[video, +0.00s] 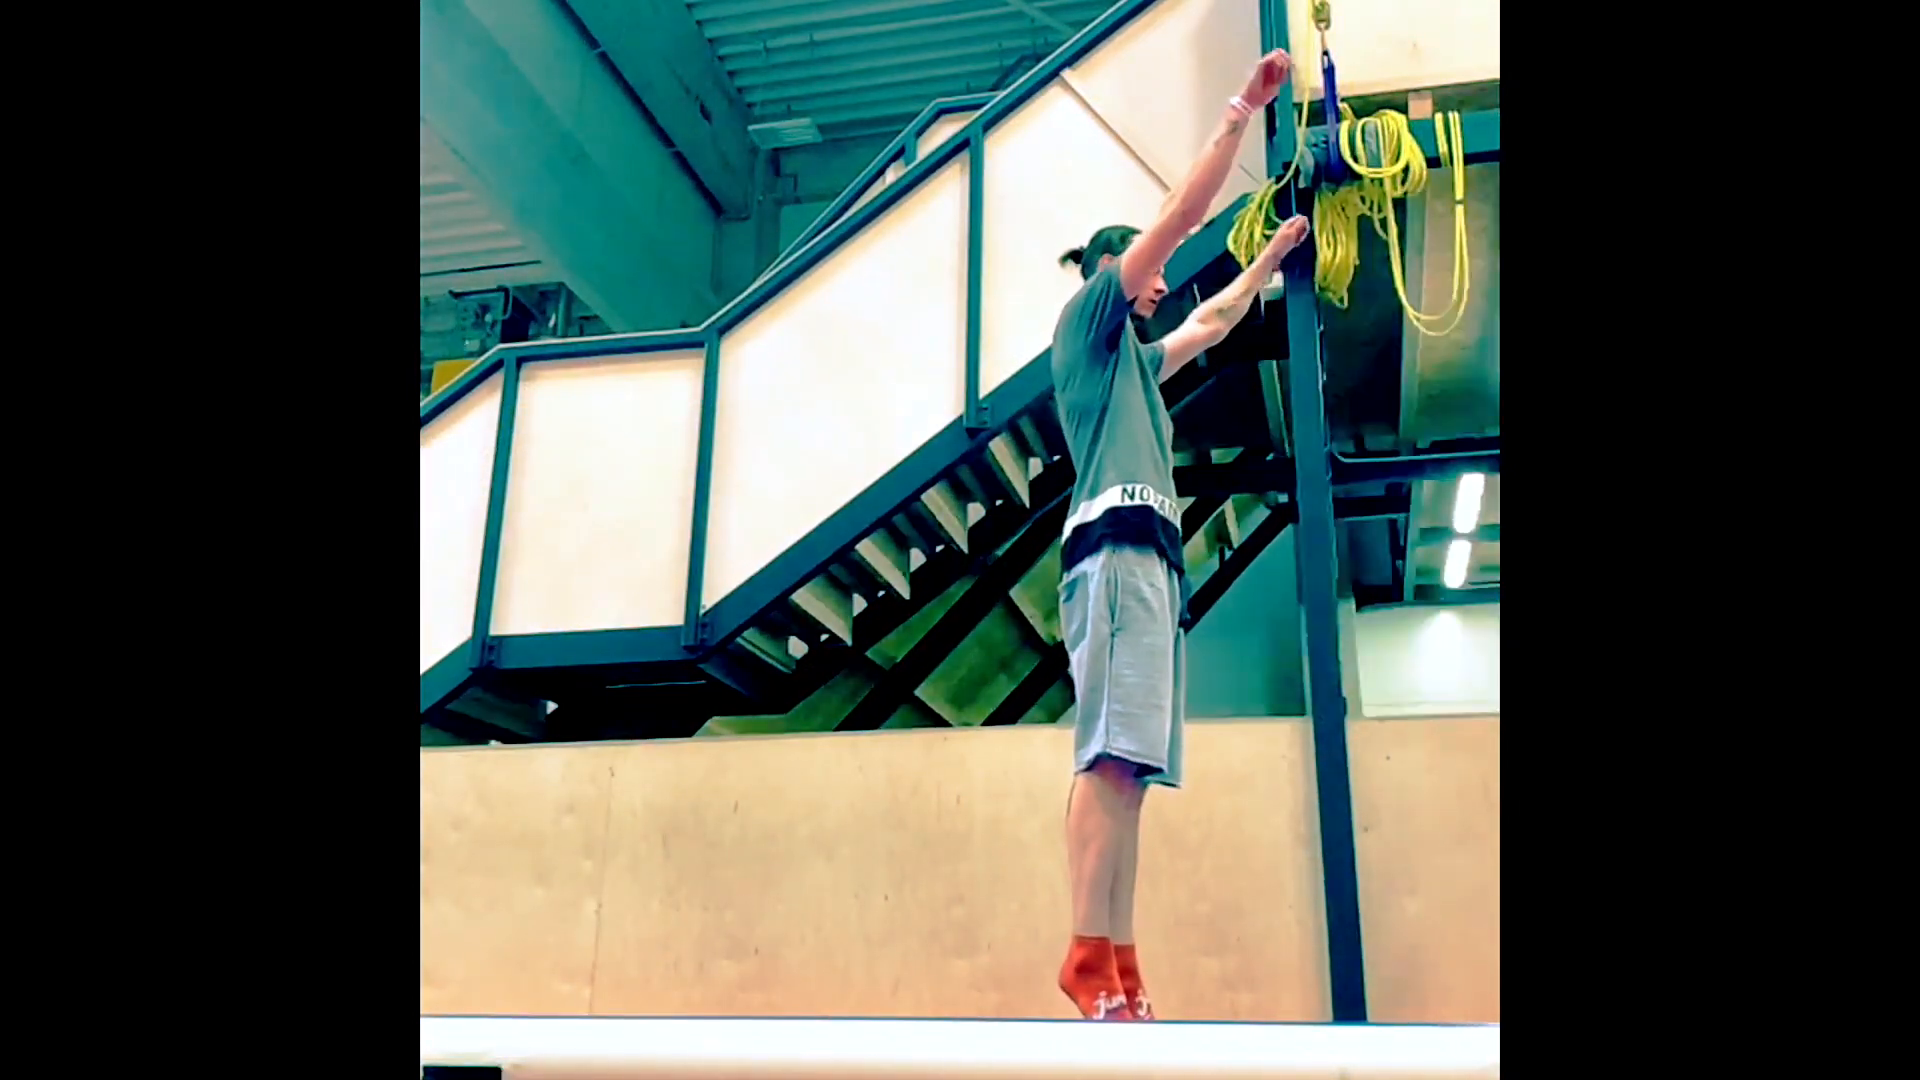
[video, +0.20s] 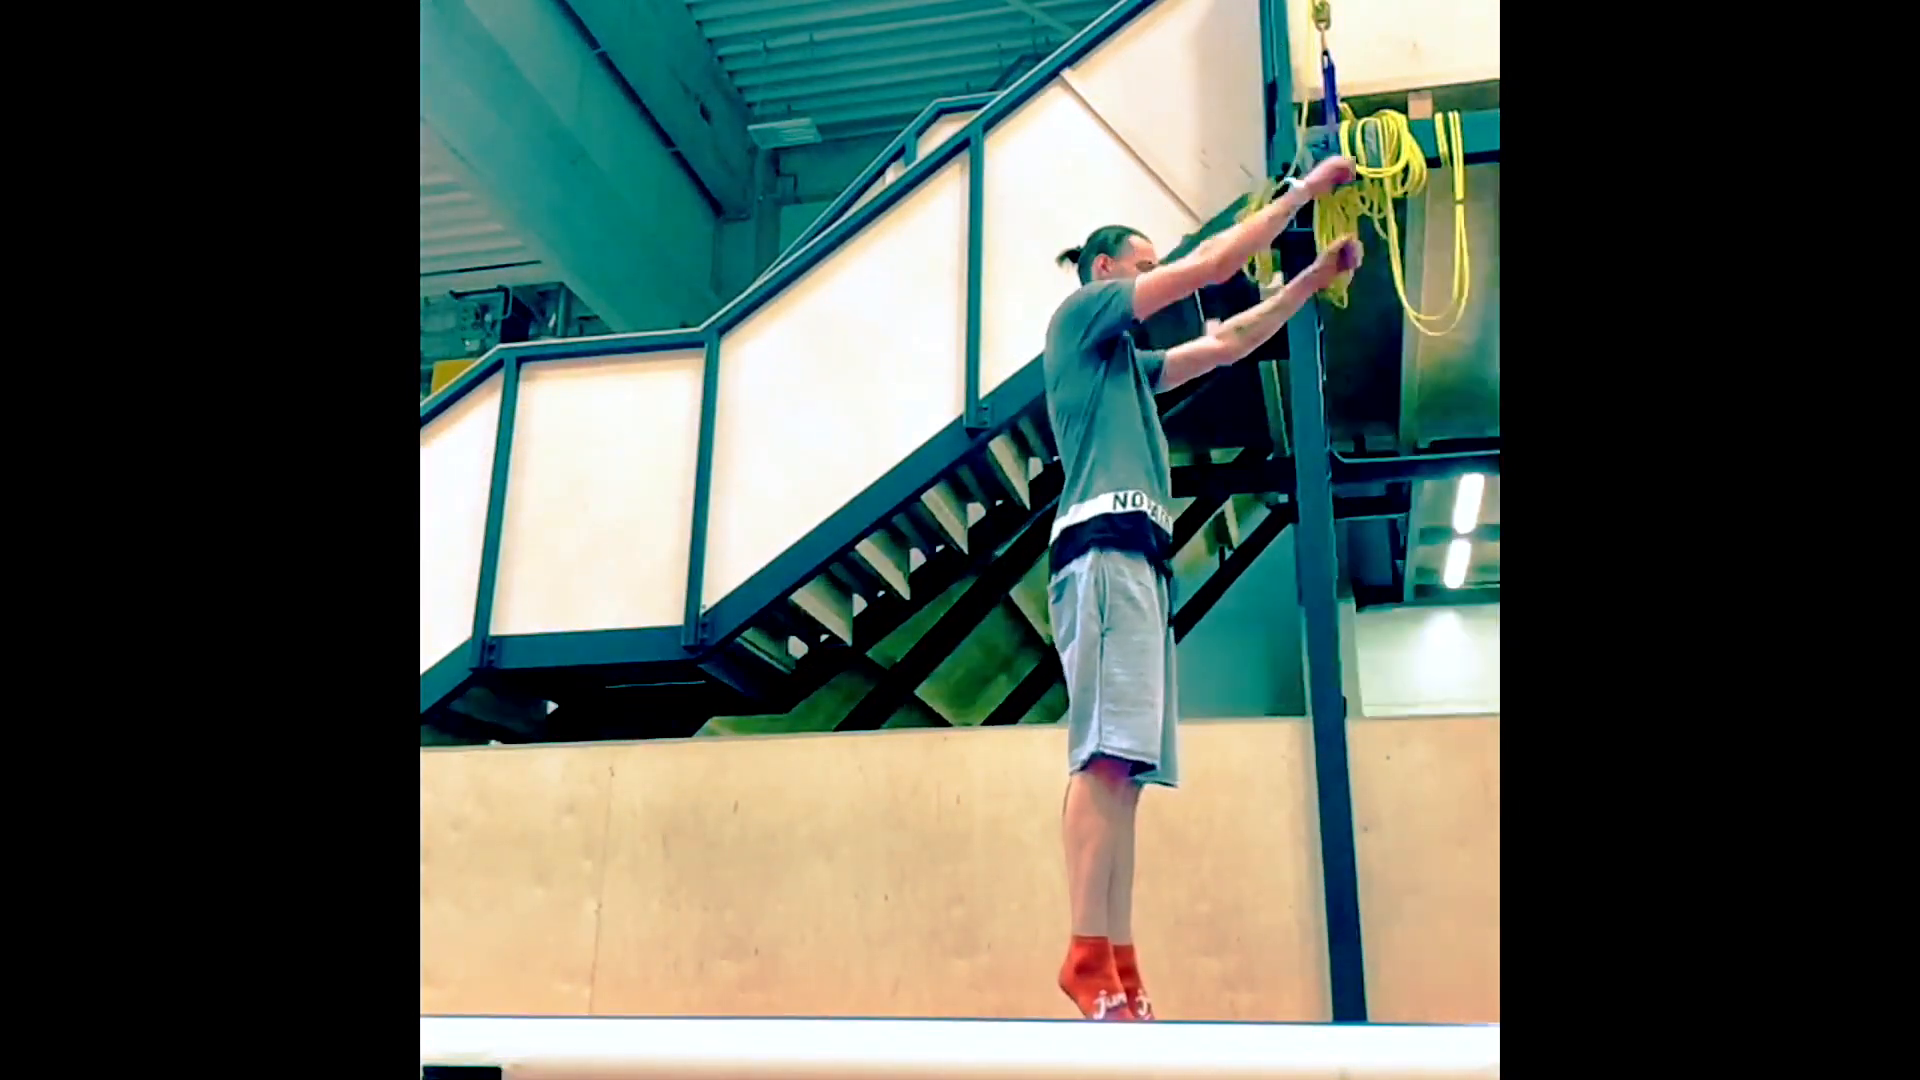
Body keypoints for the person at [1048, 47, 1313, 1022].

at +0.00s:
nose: (1148, 277)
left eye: (1147, 270)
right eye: (1135, 263)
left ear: (1124, 283)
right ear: (1102, 266)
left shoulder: (1131, 359)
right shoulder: (1089, 318)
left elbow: (1210, 323)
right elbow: (1179, 215)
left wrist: (1266, 261)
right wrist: (1242, 109)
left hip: (1145, 560)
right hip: (1118, 550)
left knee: (1130, 765)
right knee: (1112, 759)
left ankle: (1118, 963)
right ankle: (1086, 958)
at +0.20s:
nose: (1154, 270)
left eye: (1153, 260)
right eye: (1142, 258)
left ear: (1125, 274)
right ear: (1101, 265)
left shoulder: (1124, 362)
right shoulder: (1077, 312)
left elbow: (1229, 340)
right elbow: (1207, 264)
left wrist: (1322, 272)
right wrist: (1300, 190)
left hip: (1136, 561)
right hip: (1102, 552)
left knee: (1125, 768)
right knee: (1106, 758)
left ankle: (1118, 968)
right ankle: (1086, 961)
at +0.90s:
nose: (1126, 449)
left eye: (1125, 438)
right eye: (1113, 434)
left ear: (1083, 445)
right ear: (1068, 440)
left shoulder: (1080, 538)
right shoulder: (1030, 514)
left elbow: (1130, 652)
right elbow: (1113, 621)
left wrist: (1223, 708)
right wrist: (1217, 681)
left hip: (1044, 727)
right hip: (1003, 726)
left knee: (1200, 839)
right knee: (1169, 832)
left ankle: (1102, 1004)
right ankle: (1077, 1003)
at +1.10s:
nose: (1008, 365)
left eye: (1002, 361)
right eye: (992, 365)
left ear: (1007, 389)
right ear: (973, 393)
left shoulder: (1035, 450)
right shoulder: (986, 432)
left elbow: (1110, 381)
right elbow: (1075, 329)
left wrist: (1133, 281)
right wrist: (1106, 254)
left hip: (1045, 679)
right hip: (1007, 677)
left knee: (1182, 823)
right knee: (1141, 813)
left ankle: (1103, 1000)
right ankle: (1075, 1000)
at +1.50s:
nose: (944, 321)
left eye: (937, 321)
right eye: (931, 322)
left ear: (928, 353)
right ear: (921, 343)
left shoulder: (990, 387)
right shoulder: (945, 376)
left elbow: (1000, 327)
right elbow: (936, 238)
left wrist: (1000, 246)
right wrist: (918, 166)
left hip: (1077, 593)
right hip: (1039, 591)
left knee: (1166, 784)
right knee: (1111, 771)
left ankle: (1118, 971)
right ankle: (1083, 971)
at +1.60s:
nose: (932, 320)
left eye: (926, 320)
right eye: (917, 322)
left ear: (919, 347)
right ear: (907, 340)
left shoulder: (984, 382)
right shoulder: (932, 369)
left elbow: (980, 324)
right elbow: (914, 242)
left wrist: (985, 249)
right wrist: (892, 180)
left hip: (1090, 572)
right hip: (1048, 566)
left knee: (1163, 771)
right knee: (1104, 759)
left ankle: (1124, 958)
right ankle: (1089, 958)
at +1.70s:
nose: (934, 308)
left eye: (933, 305)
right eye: (918, 313)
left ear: (933, 327)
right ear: (897, 336)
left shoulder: (990, 381)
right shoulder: (922, 367)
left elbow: (967, 325)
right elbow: (890, 238)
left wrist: (964, 251)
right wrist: (856, 170)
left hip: (1102, 560)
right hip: (1057, 553)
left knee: (1158, 757)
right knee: (1098, 745)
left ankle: (1130, 941)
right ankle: (1093, 949)